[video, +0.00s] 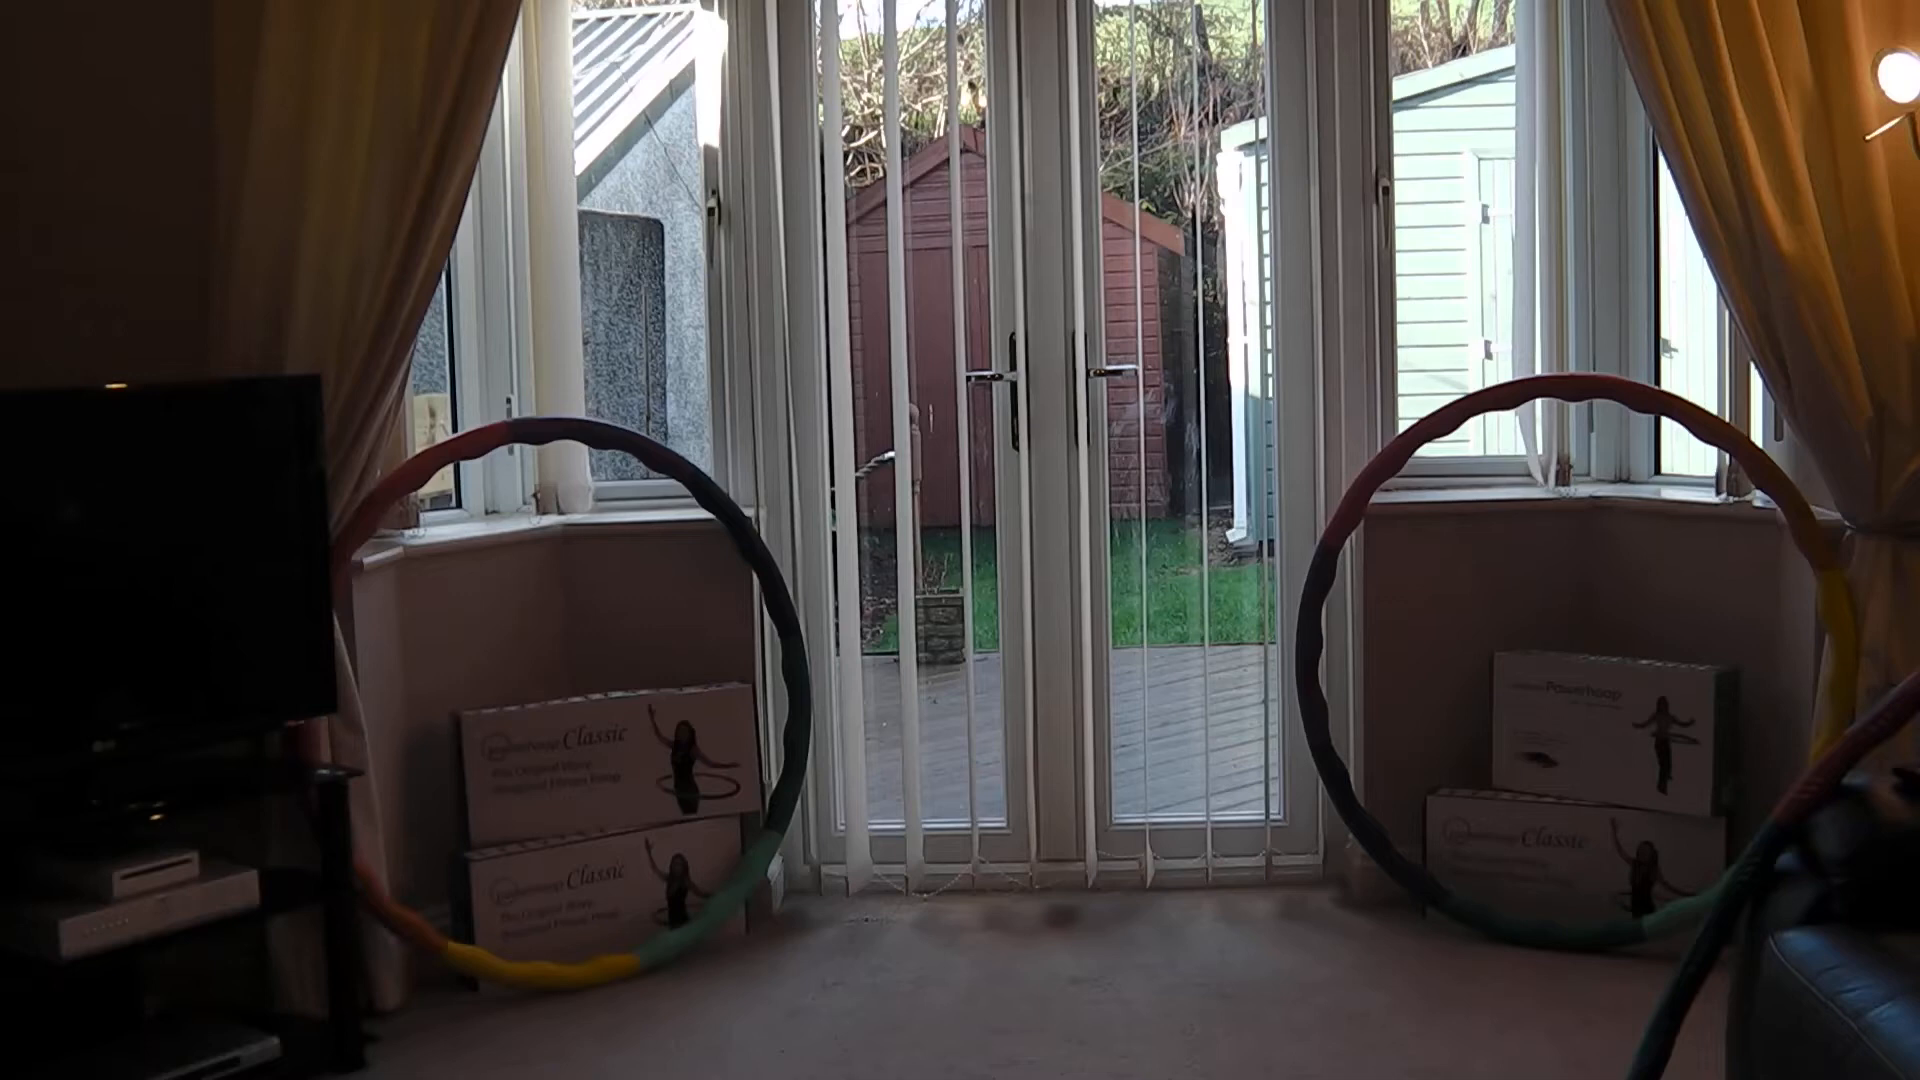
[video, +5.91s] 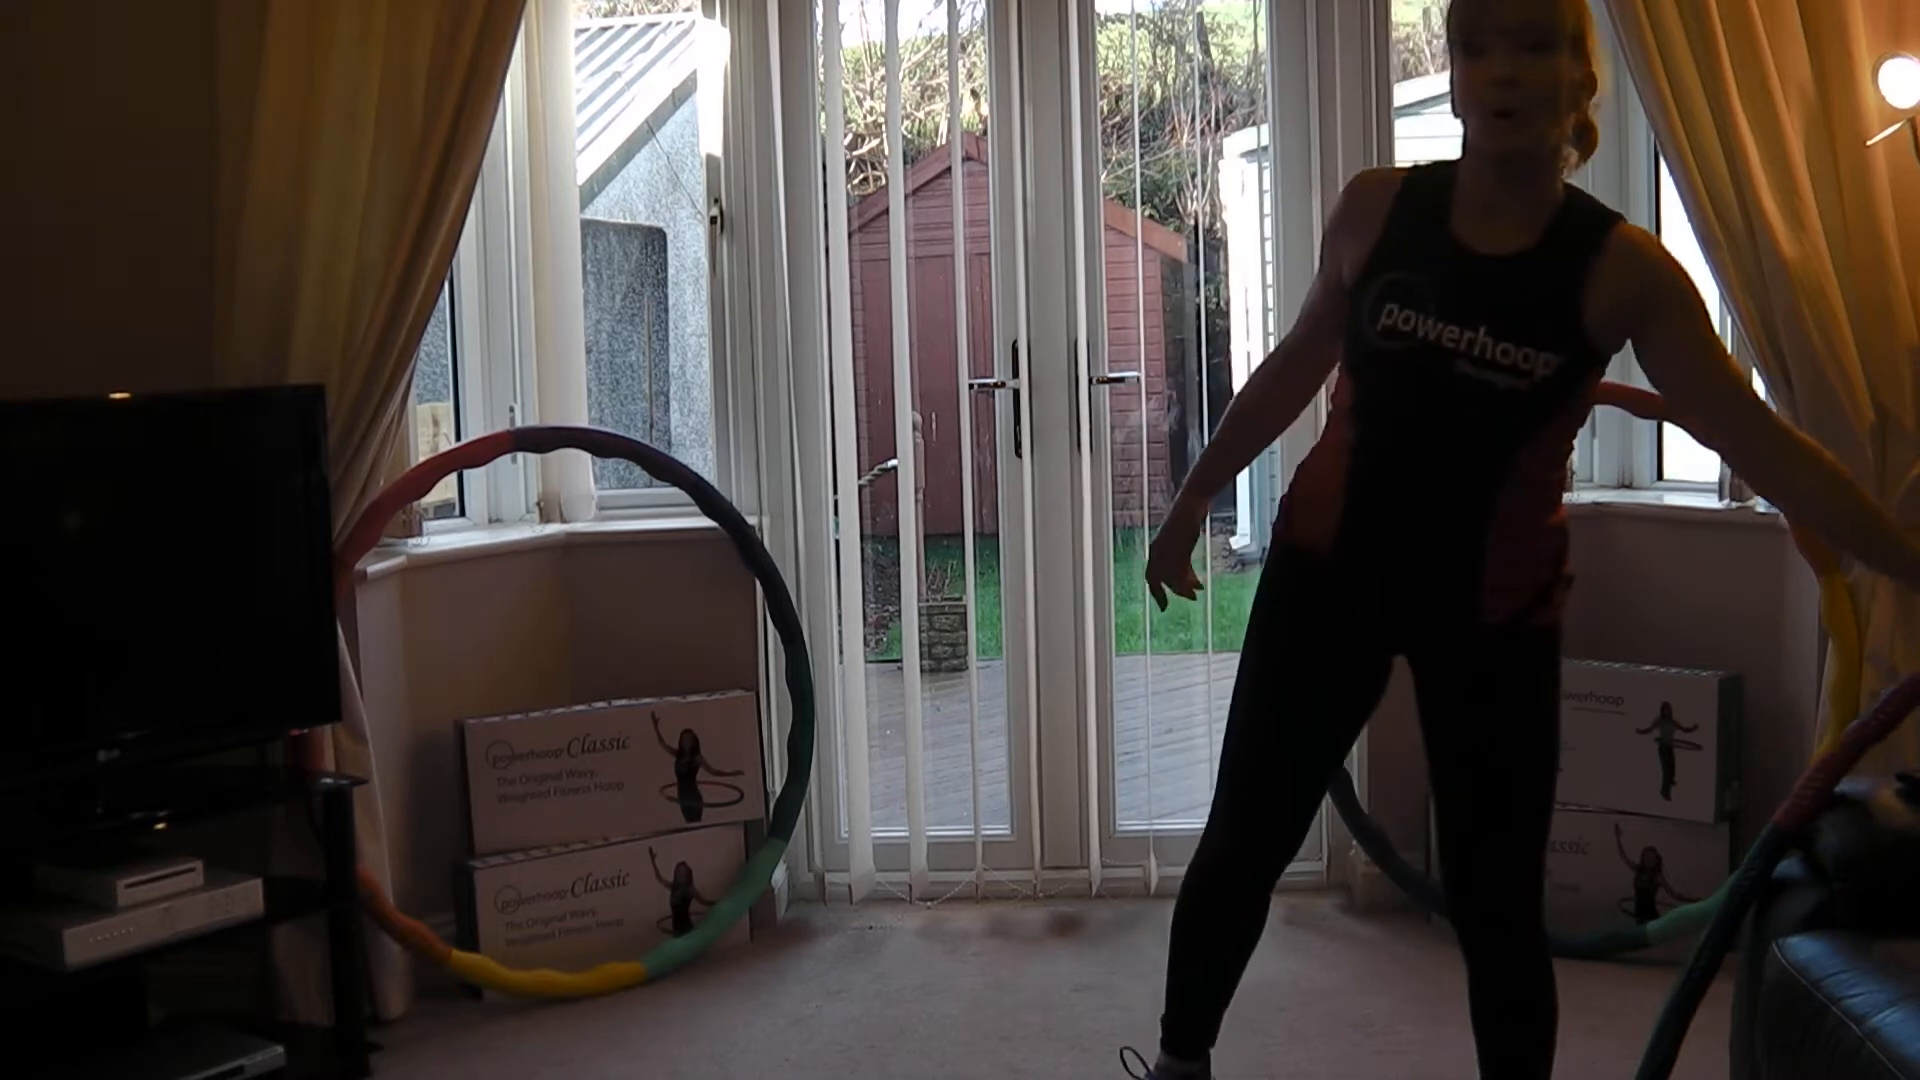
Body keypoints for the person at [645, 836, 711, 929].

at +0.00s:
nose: (677, 868)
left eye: (680, 864)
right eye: (675, 864)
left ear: (684, 866)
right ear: (671, 866)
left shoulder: (686, 881)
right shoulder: (669, 879)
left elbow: (699, 893)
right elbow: (654, 869)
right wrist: (649, 852)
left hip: (682, 917)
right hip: (671, 916)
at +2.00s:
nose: (681, 874)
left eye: (683, 871)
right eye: (679, 871)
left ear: (688, 873)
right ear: (675, 873)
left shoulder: (690, 889)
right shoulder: (673, 886)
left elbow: (702, 901)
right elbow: (659, 878)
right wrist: (653, 861)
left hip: (687, 925)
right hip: (675, 925)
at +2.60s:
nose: (681, 874)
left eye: (683, 871)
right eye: (679, 871)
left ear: (688, 873)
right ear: (675, 873)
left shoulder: (690, 889)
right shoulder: (673, 887)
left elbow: (702, 901)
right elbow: (659, 878)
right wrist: (652, 860)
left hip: (686, 926)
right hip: (675, 925)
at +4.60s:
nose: (681, 876)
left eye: (683, 873)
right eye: (678, 873)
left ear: (688, 874)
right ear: (675, 874)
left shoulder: (690, 889)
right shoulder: (673, 887)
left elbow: (703, 902)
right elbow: (658, 878)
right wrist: (652, 861)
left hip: (686, 924)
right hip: (675, 924)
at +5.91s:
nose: (681, 874)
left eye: (684, 872)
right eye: (678, 872)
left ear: (688, 874)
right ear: (675, 874)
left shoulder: (690, 889)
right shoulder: (673, 887)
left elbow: (704, 902)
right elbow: (659, 878)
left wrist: (718, 903)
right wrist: (653, 860)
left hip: (686, 924)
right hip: (676, 924)